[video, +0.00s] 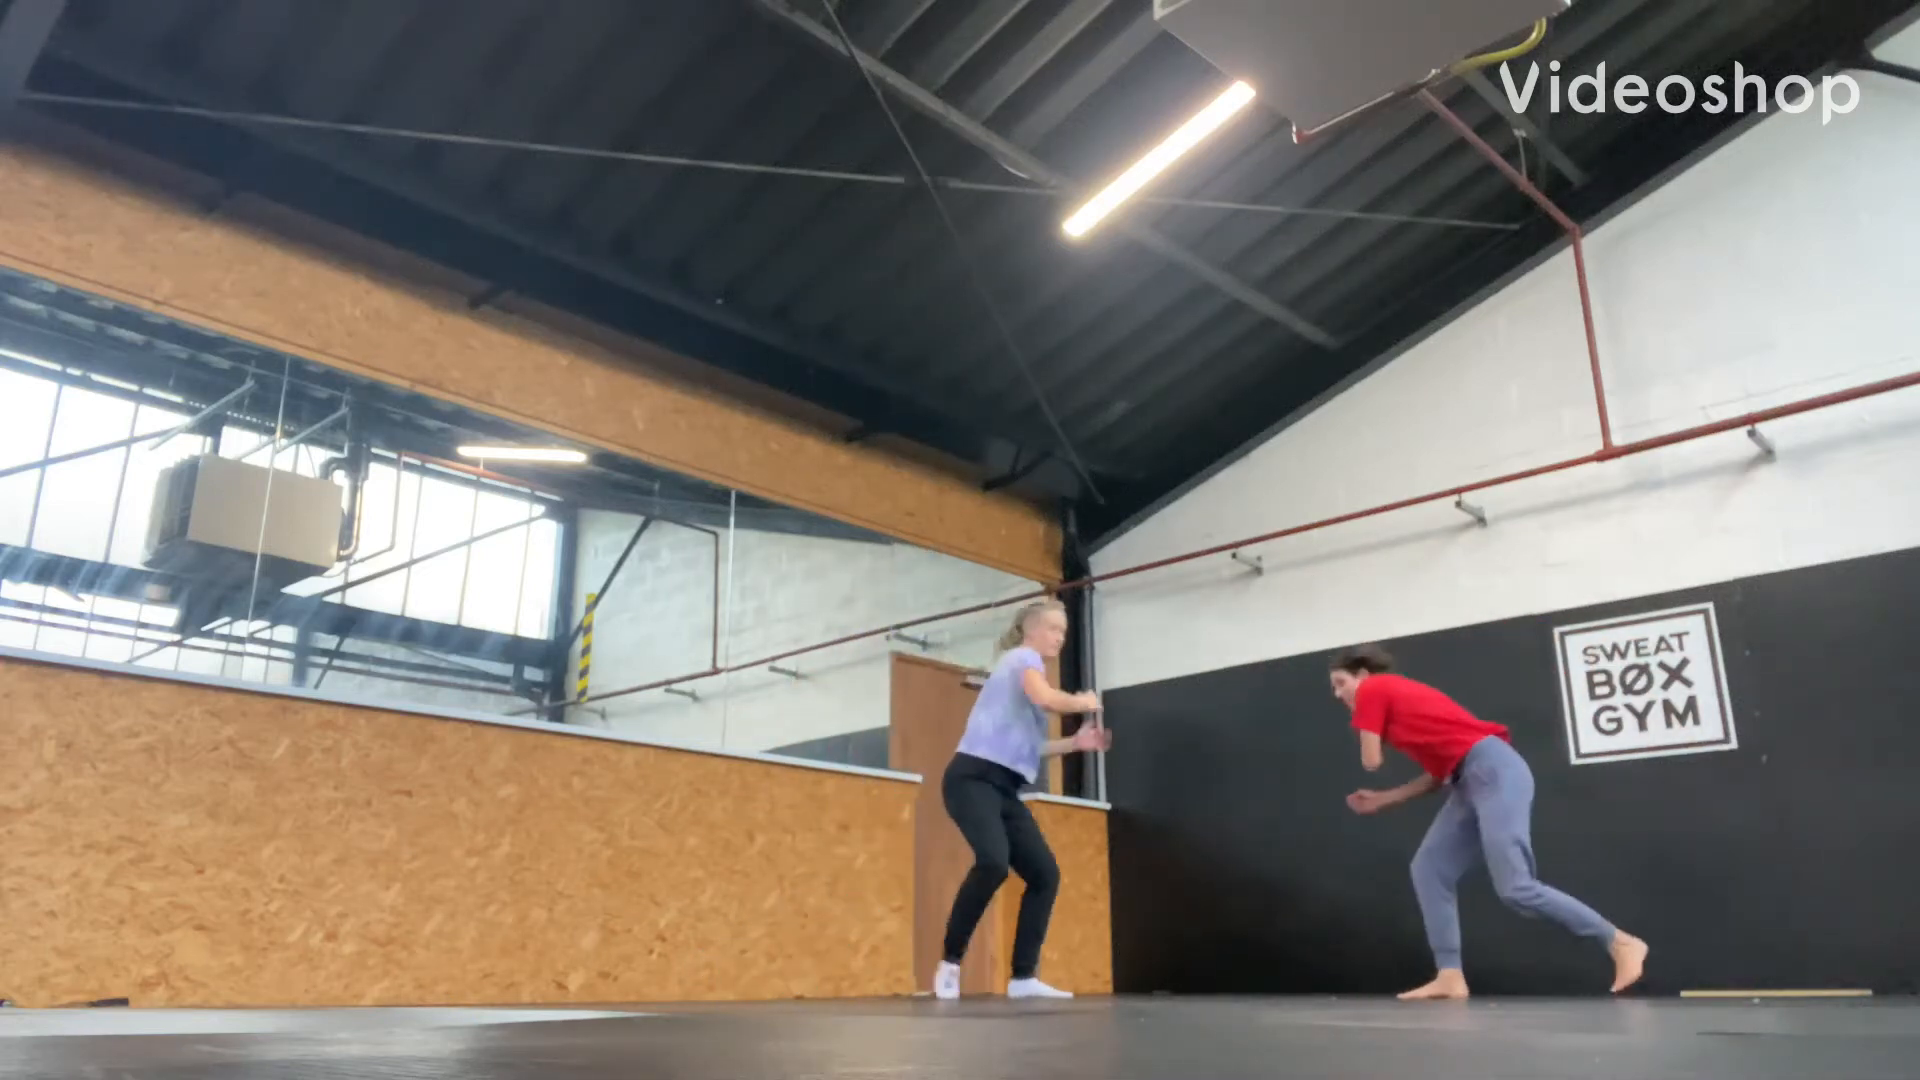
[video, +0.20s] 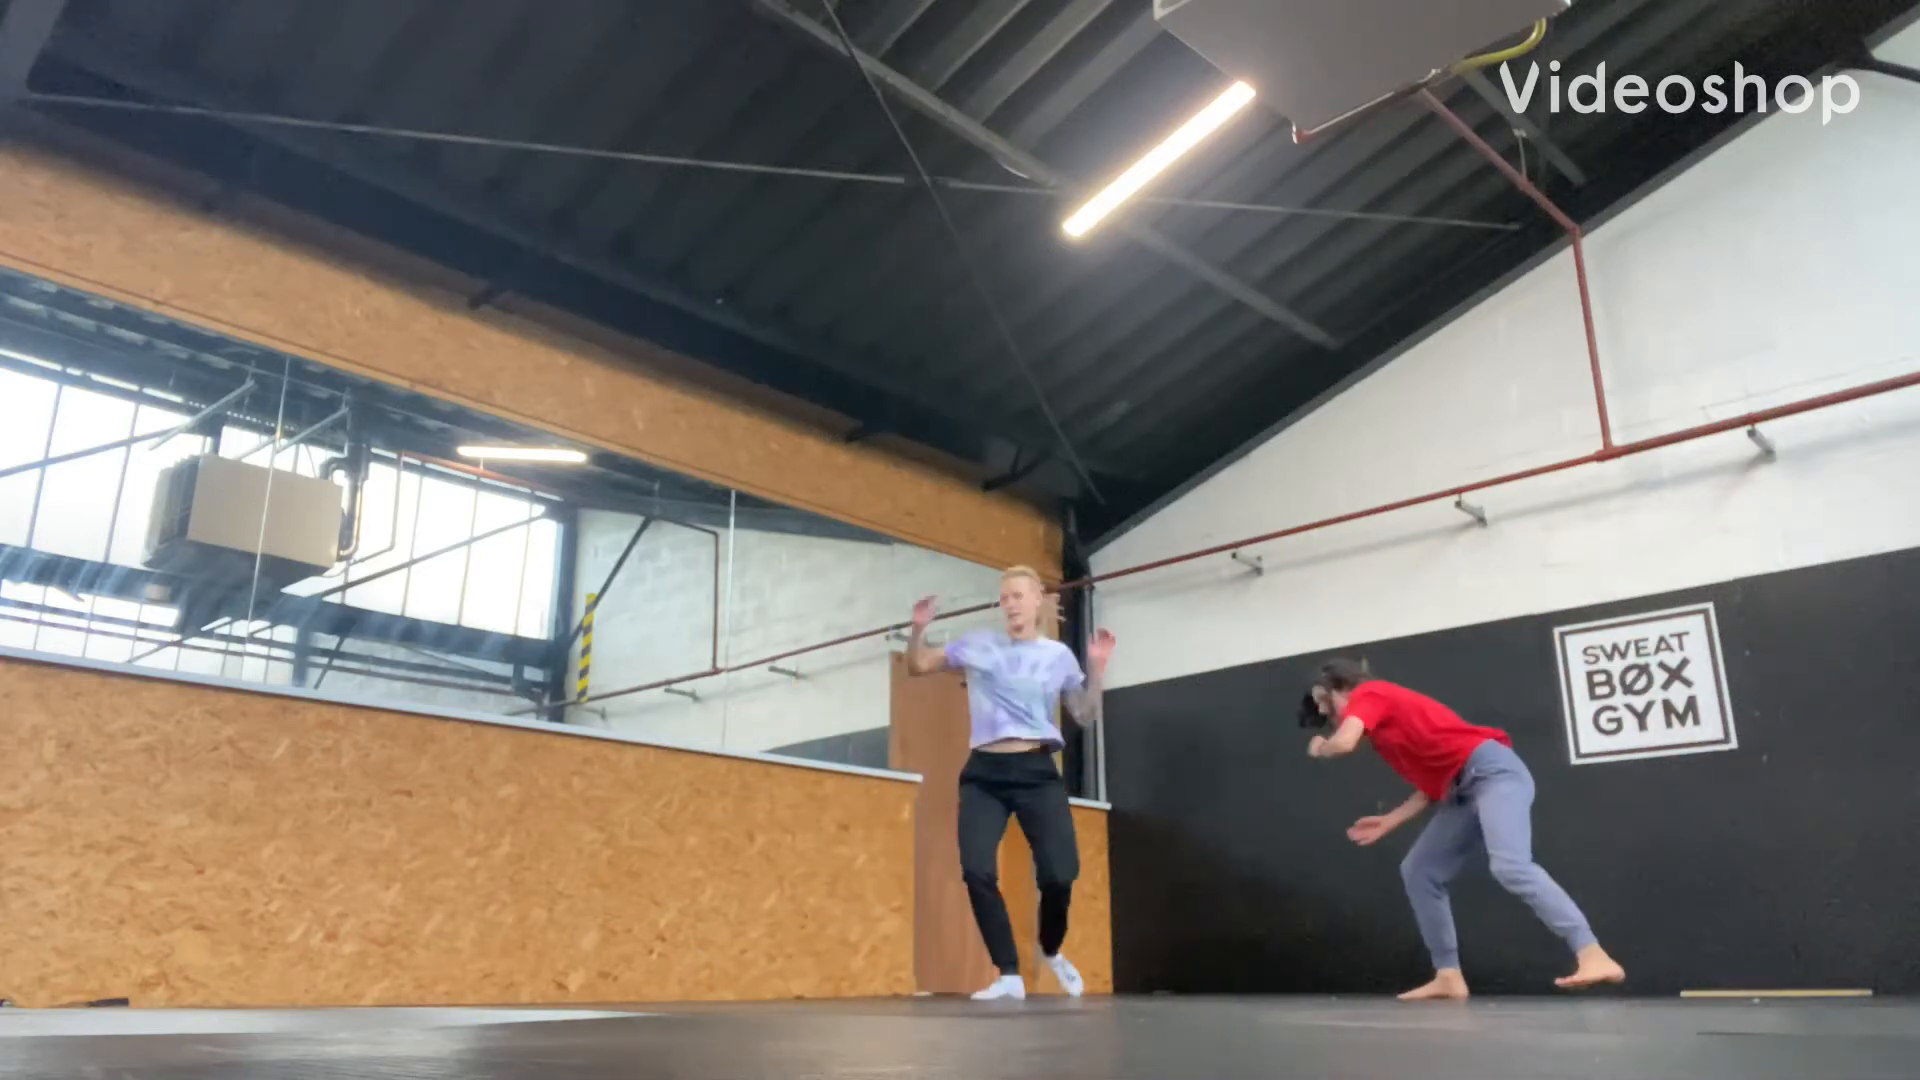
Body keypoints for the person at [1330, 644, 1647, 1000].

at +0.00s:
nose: (1336, 693)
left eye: (1339, 683)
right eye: (1333, 685)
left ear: (1360, 674)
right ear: (1366, 677)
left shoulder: (1372, 688)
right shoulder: (1400, 697)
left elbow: (1371, 761)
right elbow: (1439, 773)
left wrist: (1365, 725)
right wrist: (1383, 798)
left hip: (1492, 767)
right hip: (1468, 785)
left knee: (1515, 887)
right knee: (1429, 868)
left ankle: (1622, 944)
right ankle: (1450, 977)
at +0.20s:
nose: (1330, 716)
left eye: (1326, 705)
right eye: (1324, 711)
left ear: (1339, 688)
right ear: (1347, 692)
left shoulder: (1369, 694)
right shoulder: (1384, 724)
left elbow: (1345, 742)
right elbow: (1432, 788)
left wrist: (1321, 747)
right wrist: (1387, 821)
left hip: (1491, 769)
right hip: (1461, 795)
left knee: (1510, 865)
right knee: (1419, 870)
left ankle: (1594, 957)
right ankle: (1449, 978)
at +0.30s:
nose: (1330, 725)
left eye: (1330, 714)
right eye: (1326, 721)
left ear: (1343, 698)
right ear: (1339, 711)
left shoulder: (1387, 699)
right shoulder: (1385, 736)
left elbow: (1337, 695)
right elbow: (1439, 795)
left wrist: (1299, 712)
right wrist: (1388, 825)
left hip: (1501, 782)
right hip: (1466, 805)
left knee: (1504, 878)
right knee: (1412, 868)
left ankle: (1599, 971)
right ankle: (1444, 974)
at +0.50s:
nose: (1297, 720)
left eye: (1297, 710)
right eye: (1293, 714)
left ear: (1316, 700)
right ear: (1312, 710)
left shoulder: (1360, 702)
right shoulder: (1343, 745)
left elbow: (1399, 687)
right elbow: (1328, 796)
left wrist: (1412, 668)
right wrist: (1289, 751)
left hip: (1469, 785)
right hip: (1439, 809)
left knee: (1496, 889)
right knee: (1383, 881)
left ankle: (1598, 969)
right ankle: (1439, 978)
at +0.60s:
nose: (1286, 702)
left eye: (1292, 694)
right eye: (1284, 694)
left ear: (1314, 688)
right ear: (1285, 691)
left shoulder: (1357, 687)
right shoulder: (1295, 712)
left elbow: (1436, 685)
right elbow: (1261, 747)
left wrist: (1481, 706)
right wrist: (1258, 697)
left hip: (1430, 775)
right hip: (1391, 799)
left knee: (1434, 865)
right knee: (1362, 894)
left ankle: (1532, 952)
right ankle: (1438, 977)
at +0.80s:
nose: (1326, 735)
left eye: (1336, 729)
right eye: (1323, 727)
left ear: (1352, 712)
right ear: (1309, 708)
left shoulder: (1361, 707)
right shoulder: (1283, 699)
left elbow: (1405, 715)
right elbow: (1249, 756)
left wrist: (1441, 761)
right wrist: (1292, 712)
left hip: (1345, 787)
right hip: (1290, 787)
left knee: (1328, 870)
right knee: (1263, 878)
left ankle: (1315, 962)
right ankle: (1316, 933)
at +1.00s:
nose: (1322, 836)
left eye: (1328, 829)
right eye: (1319, 828)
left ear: (1332, 813)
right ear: (1303, 809)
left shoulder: (1330, 786)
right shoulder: (1267, 796)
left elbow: (1326, 760)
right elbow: (1251, 856)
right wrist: (1317, 844)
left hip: (1272, 824)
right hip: (1225, 811)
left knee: (1314, 875)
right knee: (1161, 880)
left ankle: (1307, 975)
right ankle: (1098, 940)